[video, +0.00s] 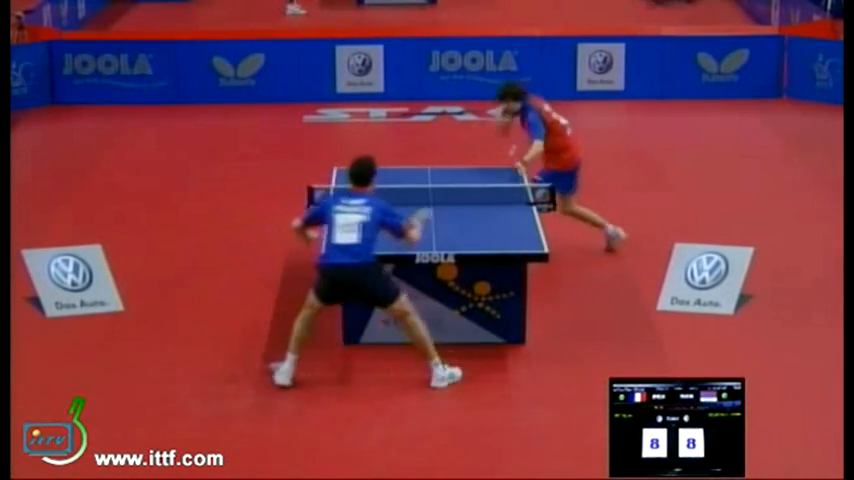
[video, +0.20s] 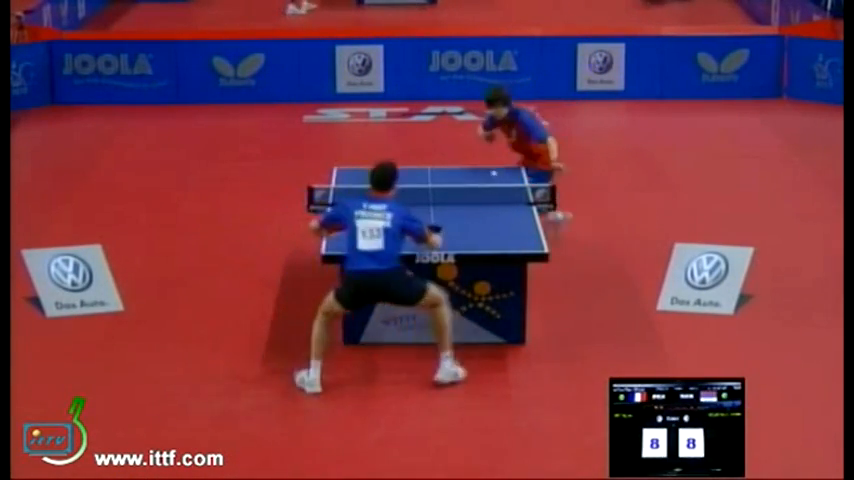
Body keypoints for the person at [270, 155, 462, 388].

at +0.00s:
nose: (371, 181)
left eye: (361, 176)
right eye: (372, 178)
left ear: (350, 178)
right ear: (372, 180)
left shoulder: (333, 201)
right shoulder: (376, 205)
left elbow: (298, 225)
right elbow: (411, 236)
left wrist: (309, 241)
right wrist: (415, 225)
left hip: (331, 270)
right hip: (364, 270)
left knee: (308, 312)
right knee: (405, 314)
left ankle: (288, 367)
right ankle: (438, 368)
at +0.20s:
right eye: (392, 183)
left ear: (370, 183)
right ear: (393, 186)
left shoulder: (351, 207)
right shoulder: (398, 212)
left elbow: (316, 226)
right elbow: (428, 240)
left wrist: (333, 227)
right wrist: (434, 238)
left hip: (356, 282)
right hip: (392, 279)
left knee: (324, 314)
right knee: (438, 300)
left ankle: (313, 375)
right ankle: (447, 364)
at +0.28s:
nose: (401, 191)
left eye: (392, 186)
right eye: (403, 187)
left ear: (380, 186)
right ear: (404, 190)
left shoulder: (362, 211)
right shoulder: (410, 216)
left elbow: (328, 217)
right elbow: (441, 239)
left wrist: (325, 212)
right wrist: (447, 236)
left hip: (368, 285)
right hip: (406, 283)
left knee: (330, 314)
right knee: (456, 298)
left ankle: (313, 374)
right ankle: (472, 359)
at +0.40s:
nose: (428, 188)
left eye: (421, 183)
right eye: (432, 184)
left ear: (412, 185)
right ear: (436, 188)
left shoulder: (396, 206)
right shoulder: (445, 215)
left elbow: (358, 197)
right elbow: (484, 230)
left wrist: (336, 181)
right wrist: (476, 223)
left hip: (399, 283)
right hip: (436, 283)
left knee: (356, 321)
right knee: (484, 311)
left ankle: (319, 374)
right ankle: (527, 355)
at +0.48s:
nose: (448, 191)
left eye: (442, 187)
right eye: (454, 187)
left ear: (437, 188)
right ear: (461, 189)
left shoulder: (425, 208)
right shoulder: (472, 214)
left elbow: (386, 197)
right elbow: (509, 224)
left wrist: (354, 177)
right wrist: (501, 223)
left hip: (426, 284)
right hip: (463, 284)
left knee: (382, 325)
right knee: (506, 310)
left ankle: (338, 372)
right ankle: (539, 357)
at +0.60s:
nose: (472, 195)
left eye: (470, 191)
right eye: (480, 192)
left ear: (466, 194)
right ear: (488, 195)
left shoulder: (457, 213)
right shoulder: (503, 217)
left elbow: (418, 211)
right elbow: (534, 222)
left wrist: (375, 197)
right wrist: (537, 216)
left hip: (457, 283)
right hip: (492, 283)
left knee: (413, 326)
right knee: (523, 310)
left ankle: (371, 371)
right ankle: (550, 357)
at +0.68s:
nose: (492, 200)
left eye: (486, 196)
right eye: (497, 197)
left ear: (480, 199)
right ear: (502, 200)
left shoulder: (468, 216)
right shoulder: (512, 222)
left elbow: (434, 223)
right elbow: (535, 231)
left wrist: (388, 219)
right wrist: (536, 215)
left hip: (463, 284)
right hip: (498, 284)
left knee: (422, 326)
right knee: (530, 312)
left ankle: (393, 371)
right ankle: (559, 359)